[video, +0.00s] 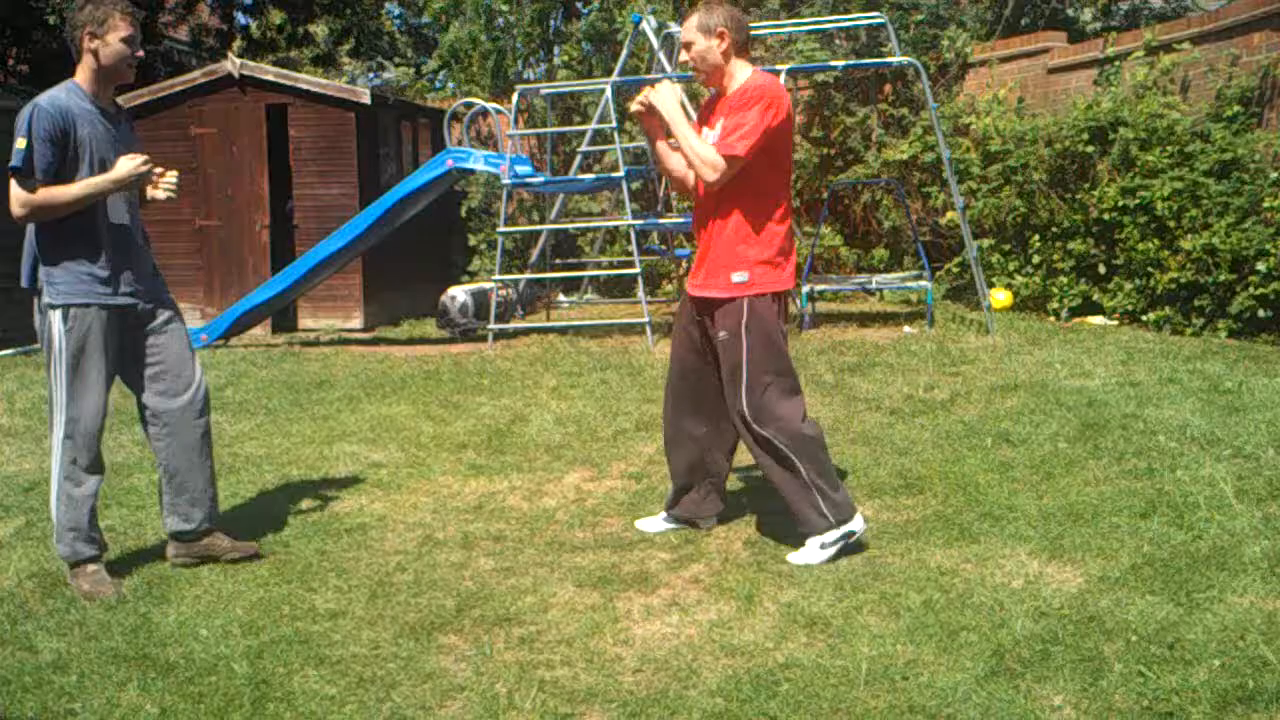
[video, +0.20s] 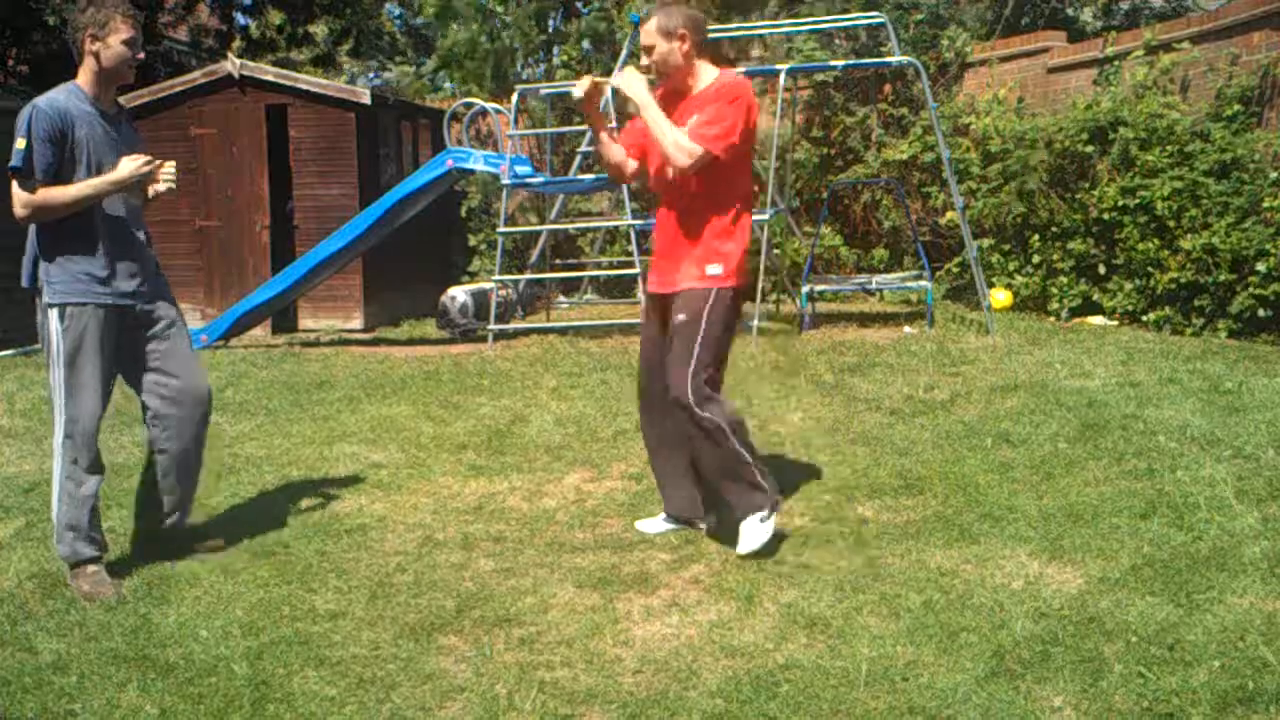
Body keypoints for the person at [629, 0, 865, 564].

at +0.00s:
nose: (683, 58)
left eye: (689, 46)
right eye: (681, 48)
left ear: (721, 40)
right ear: (715, 43)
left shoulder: (762, 92)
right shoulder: (719, 103)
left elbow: (714, 169)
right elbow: (688, 178)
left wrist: (672, 109)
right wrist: (654, 129)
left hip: (750, 272)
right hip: (710, 271)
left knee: (762, 402)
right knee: (693, 395)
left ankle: (836, 518)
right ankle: (695, 505)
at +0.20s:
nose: (645, 62)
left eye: (651, 51)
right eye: (642, 52)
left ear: (683, 43)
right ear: (673, 46)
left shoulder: (730, 89)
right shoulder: (662, 99)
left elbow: (685, 157)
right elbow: (624, 168)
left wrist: (641, 98)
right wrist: (597, 118)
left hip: (713, 262)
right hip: (667, 262)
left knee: (690, 388)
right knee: (657, 390)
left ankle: (756, 506)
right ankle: (685, 511)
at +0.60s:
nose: (573, 70)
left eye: (578, 60)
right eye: (572, 61)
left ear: (610, 54)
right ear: (603, 55)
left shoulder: (652, 103)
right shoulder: (607, 106)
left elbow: (599, 178)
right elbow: (570, 177)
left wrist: (565, 114)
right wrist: (546, 121)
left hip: (639, 278)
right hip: (597, 274)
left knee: (631, 410)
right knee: (547, 376)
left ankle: (662, 530)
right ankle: (618, 481)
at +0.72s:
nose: (550, 67)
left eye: (555, 56)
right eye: (549, 58)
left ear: (584, 48)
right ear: (580, 49)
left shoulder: (627, 95)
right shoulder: (584, 101)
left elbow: (556, 151)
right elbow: (539, 161)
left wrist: (528, 96)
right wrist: (518, 104)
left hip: (615, 272)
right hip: (571, 270)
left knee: (625, 407)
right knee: (521, 384)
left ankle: (661, 529)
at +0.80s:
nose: (539, 72)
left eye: (542, 61)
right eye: (537, 64)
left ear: (570, 53)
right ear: (568, 55)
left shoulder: (612, 97)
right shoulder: (572, 106)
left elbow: (538, 147)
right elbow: (522, 163)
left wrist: (507, 94)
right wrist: (501, 111)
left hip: (601, 277)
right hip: (557, 276)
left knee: (617, 409)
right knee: (516, 394)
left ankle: (661, 530)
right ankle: (483, 509)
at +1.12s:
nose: (455, 78)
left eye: (460, 68)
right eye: (452, 69)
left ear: (493, 61)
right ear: (479, 64)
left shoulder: (549, 103)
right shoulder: (466, 112)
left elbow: (519, 168)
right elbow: (408, 127)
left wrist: (471, 121)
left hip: (556, 290)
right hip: (492, 293)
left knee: (587, 409)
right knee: (477, 408)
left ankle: (642, 522)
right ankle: (469, 517)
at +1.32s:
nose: (470, 84)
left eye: (475, 72)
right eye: (466, 74)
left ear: (511, 65)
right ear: (489, 70)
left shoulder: (565, 113)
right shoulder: (473, 119)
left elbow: (543, 191)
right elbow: (430, 176)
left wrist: (490, 140)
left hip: (559, 298)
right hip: (488, 299)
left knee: (592, 410)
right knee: (468, 407)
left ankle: (658, 521)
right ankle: (468, 519)